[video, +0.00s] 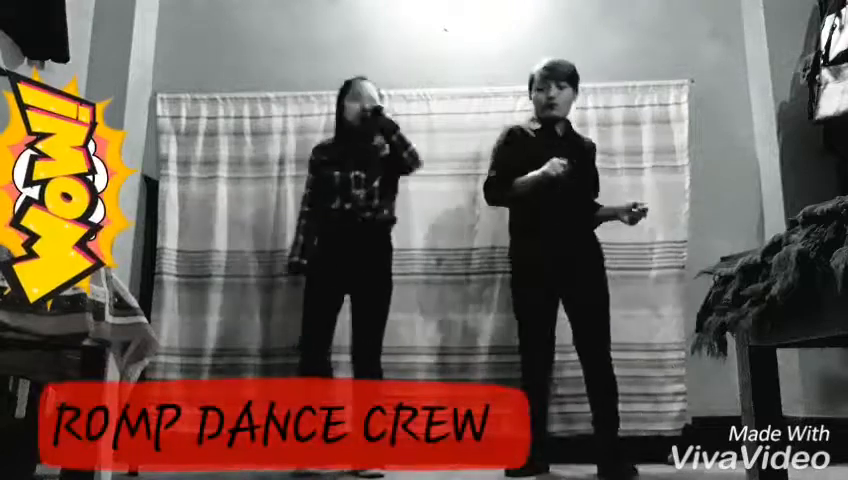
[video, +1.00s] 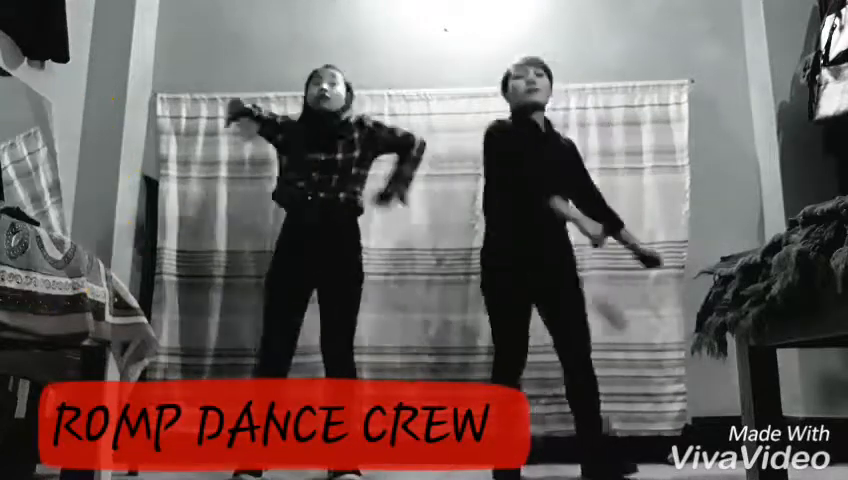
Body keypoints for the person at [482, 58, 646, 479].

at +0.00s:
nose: (549, 94)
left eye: (559, 87)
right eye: (541, 88)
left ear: (574, 95)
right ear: (530, 96)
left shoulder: (582, 148)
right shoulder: (515, 140)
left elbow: (584, 212)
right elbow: (493, 193)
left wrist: (619, 212)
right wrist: (539, 175)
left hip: (581, 263)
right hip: (532, 265)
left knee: (597, 359)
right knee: (536, 363)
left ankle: (610, 456)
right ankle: (533, 455)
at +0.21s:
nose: (555, 82)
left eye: (564, 75)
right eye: (546, 77)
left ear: (581, 84)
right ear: (536, 89)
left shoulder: (601, 134)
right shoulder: (523, 139)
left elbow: (613, 191)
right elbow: (503, 193)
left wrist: (617, 196)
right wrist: (521, 204)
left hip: (598, 256)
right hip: (545, 257)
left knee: (601, 355)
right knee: (539, 354)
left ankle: (609, 455)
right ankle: (530, 452)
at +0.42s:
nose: (544, 81)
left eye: (552, 74)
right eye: (535, 78)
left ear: (570, 80)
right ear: (527, 89)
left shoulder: (596, 121)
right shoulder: (536, 138)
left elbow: (630, 175)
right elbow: (547, 196)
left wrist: (585, 187)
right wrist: (526, 211)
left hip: (586, 257)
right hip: (540, 258)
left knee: (590, 358)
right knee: (530, 359)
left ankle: (608, 460)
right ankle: (523, 457)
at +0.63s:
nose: (535, 79)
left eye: (545, 73)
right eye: (528, 75)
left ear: (565, 85)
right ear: (521, 90)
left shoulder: (587, 121)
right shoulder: (527, 143)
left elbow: (617, 174)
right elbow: (536, 204)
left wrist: (560, 176)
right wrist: (507, 216)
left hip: (589, 260)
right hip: (542, 262)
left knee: (594, 358)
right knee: (523, 356)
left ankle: (611, 459)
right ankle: (519, 457)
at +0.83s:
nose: (526, 92)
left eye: (535, 86)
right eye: (517, 88)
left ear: (551, 98)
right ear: (507, 103)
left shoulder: (575, 143)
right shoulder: (500, 158)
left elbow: (585, 200)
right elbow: (497, 212)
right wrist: (501, 255)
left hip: (570, 265)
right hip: (519, 268)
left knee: (592, 364)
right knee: (512, 367)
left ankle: (610, 459)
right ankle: (504, 461)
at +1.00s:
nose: (530, 80)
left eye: (539, 75)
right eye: (519, 76)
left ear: (551, 90)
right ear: (506, 93)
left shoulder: (562, 148)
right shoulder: (500, 135)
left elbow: (591, 198)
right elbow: (525, 189)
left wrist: (634, 245)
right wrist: (576, 218)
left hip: (553, 262)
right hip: (505, 264)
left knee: (576, 356)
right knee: (509, 360)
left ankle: (595, 456)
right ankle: (500, 459)